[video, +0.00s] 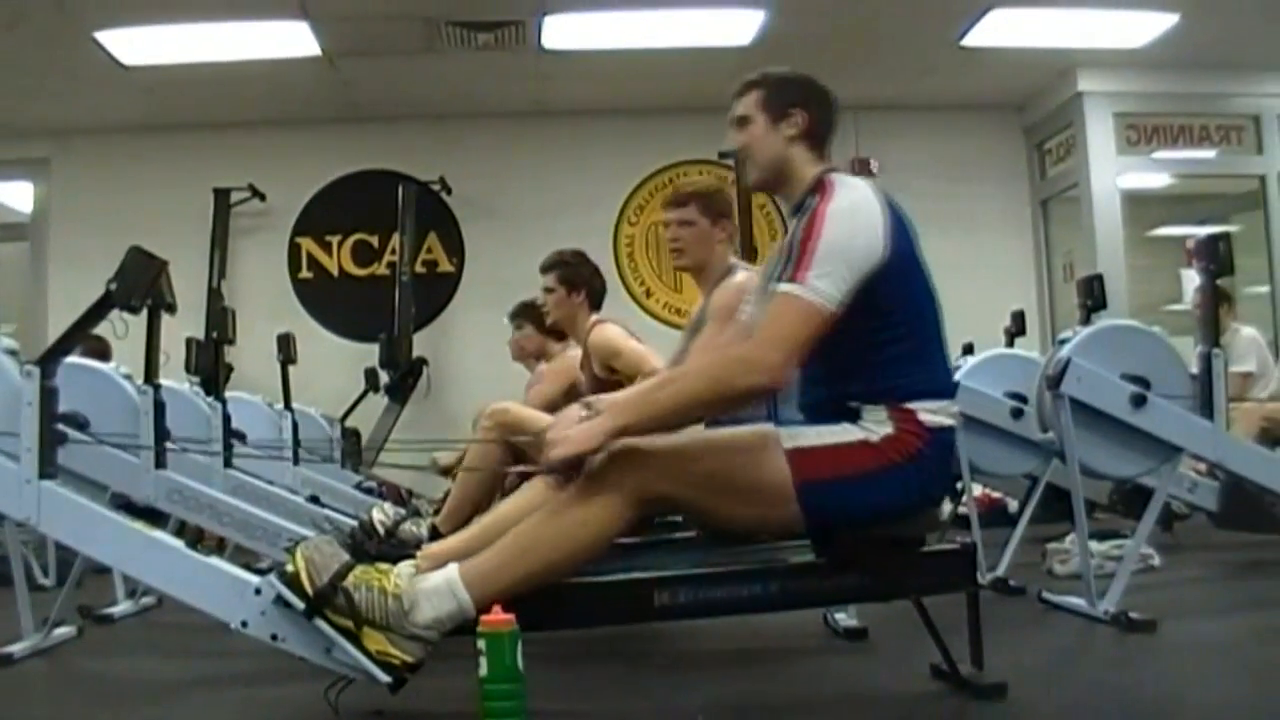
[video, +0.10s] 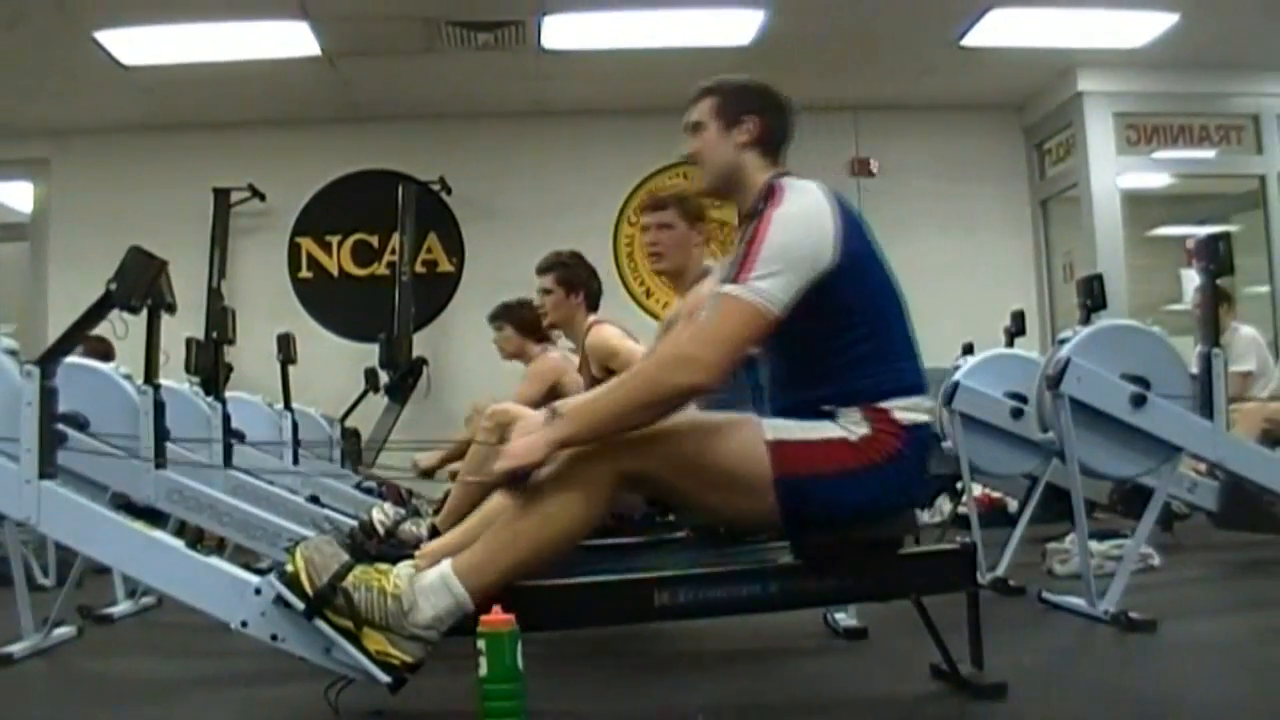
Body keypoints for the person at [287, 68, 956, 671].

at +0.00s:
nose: (734, 146)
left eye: (744, 126)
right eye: (733, 131)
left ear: (796, 126)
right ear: (786, 133)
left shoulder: (848, 205)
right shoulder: (807, 223)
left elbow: (762, 364)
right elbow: (741, 359)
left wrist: (606, 423)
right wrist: (609, 410)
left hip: (896, 445)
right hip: (848, 437)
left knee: (634, 469)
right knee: (612, 461)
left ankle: (429, 612)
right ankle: (422, 586)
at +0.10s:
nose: (686, 152)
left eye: (698, 133)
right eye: (687, 137)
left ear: (748, 135)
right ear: (744, 136)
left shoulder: (798, 210)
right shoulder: (757, 232)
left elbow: (692, 367)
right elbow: (677, 361)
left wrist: (553, 431)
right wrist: (553, 426)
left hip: (871, 446)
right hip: (821, 439)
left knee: (617, 448)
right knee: (589, 447)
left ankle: (427, 607)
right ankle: (422, 594)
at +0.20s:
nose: (631, 159)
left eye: (642, 140)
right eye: (633, 144)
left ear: (692, 141)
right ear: (688, 145)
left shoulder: (746, 216)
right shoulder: (716, 230)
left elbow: (634, 374)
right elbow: (635, 371)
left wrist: (499, 446)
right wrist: (510, 432)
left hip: (837, 451)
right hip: (798, 443)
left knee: (585, 429)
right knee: (572, 429)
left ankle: (413, 608)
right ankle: (408, 597)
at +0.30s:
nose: (568, 161)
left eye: (582, 143)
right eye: (571, 146)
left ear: (630, 149)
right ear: (627, 151)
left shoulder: (684, 219)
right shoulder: (654, 230)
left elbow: (568, 380)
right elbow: (569, 371)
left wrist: (433, 461)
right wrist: (449, 447)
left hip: (783, 452)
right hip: (739, 441)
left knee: (541, 409)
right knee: (526, 407)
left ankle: (395, 607)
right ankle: (392, 585)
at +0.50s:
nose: (479, 168)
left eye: (491, 151)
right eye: (482, 154)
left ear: (536, 157)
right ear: (535, 161)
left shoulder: (591, 234)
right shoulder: (570, 241)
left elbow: (469, 390)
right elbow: (477, 391)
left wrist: (341, 475)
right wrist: (373, 493)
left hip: (700, 462)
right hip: (670, 458)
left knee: (467, 382)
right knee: (465, 398)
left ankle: (385, 603)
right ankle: (384, 601)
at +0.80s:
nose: (393, 174)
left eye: (405, 156)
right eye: (397, 158)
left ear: (446, 163)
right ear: (451, 167)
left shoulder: (498, 242)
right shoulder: (493, 245)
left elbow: (364, 393)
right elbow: (391, 413)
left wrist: (232, 474)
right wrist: (280, 490)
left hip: (609, 471)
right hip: (596, 466)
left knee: (387, 356)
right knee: (402, 365)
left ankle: (382, 593)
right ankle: (385, 590)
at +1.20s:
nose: (452, 151)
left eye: (470, 136)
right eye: (459, 137)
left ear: (513, 148)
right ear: (510, 153)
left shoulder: (547, 229)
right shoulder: (510, 243)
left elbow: (396, 376)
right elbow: (397, 375)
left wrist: (257, 433)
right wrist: (279, 447)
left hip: (645, 469)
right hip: (609, 464)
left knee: (428, 358)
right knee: (416, 359)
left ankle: (386, 589)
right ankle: (378, 568)